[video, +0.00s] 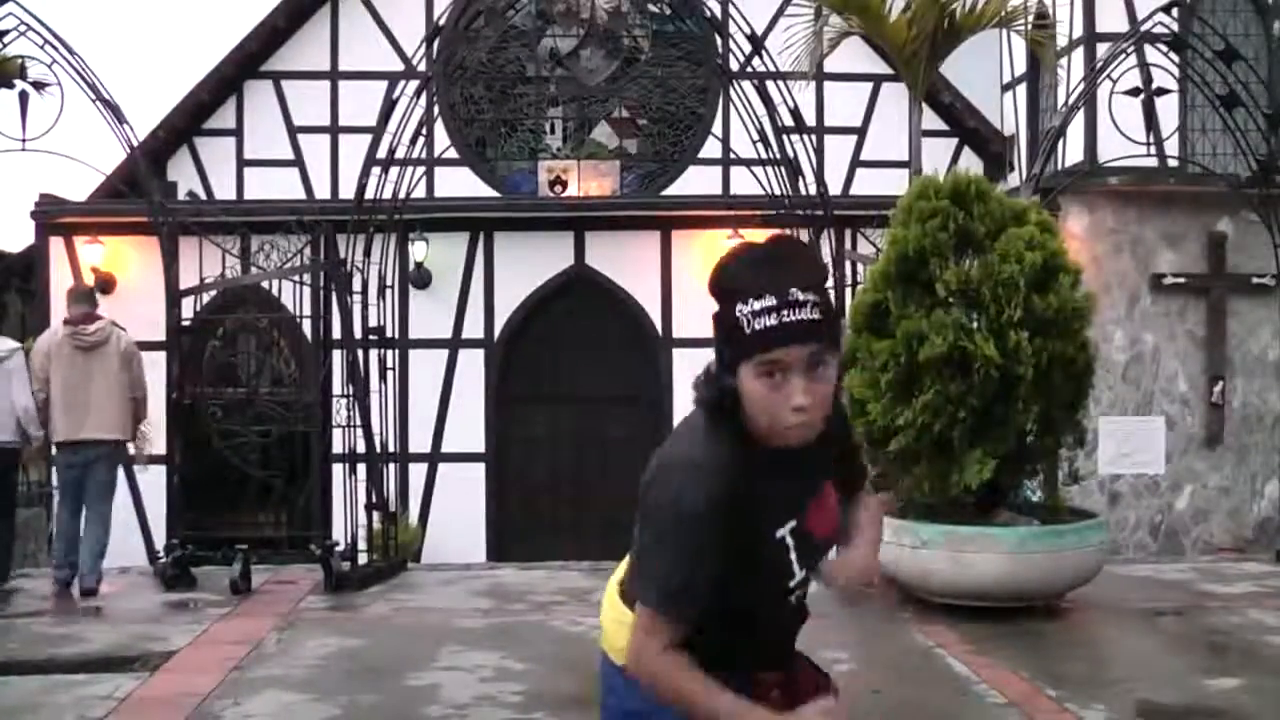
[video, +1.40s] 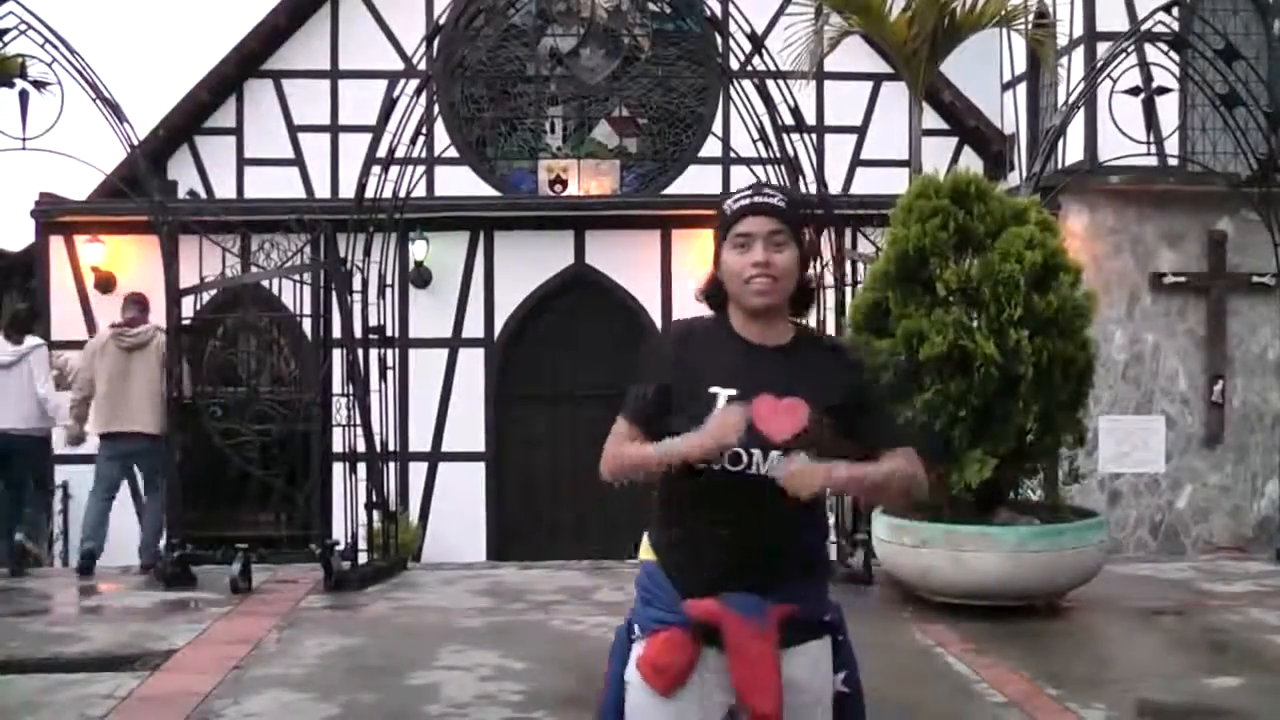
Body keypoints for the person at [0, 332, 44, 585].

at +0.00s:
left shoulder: (12, 352)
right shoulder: (11, 352)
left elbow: (22, 402)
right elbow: (23, 402)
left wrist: (35, 434)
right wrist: (36, 434)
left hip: (9, 444)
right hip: (7, 444)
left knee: (7, 515)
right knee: (6, 515)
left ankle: (4, 575)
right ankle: (3, 576)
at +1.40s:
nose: (31, 329)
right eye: (31, 324)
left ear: (7, 323)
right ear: (30, 325)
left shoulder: (1, 347)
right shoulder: (36, 347)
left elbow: (43, 391)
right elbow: (44, 391)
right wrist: (63, 419)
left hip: (6, 432)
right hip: (32, 433)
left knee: (10, 492)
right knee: (41, 489)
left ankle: (7, 555)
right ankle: (26, 535)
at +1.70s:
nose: (52, 330)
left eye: (51, 325)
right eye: (49, 326)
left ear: (19, 326)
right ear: (40, 327)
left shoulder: (4, 351)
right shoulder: (45, 351)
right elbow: (53, 395)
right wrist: (78, 416)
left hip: (9, 435)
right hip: (40, 435)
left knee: (16, 501)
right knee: (50, 497)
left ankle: (15, 559)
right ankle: (52, 558)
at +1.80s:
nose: (55, 333)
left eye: (54, 328)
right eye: (52, 329)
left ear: (19, 329)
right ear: (44, 330)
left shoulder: (6, 355)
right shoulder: (51, 357)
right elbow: (56, 397)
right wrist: (79, 417)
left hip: (10, 437)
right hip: (43, 438)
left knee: (16, 499)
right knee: (49, 499)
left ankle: (15, 559)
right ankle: (48, 559)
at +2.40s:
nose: (88, 359)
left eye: (88, 355)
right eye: (86, 355)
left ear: (60, 350)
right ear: (79, 353)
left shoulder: (37, 371)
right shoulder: (78, 374)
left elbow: (19, 411)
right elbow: (75, 416)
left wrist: (9, 437)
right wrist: (95, 442)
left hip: (40, 453)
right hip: (69, 455)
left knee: (53, 511)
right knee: (70, 513)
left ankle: (56, 566)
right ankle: (58, 565)